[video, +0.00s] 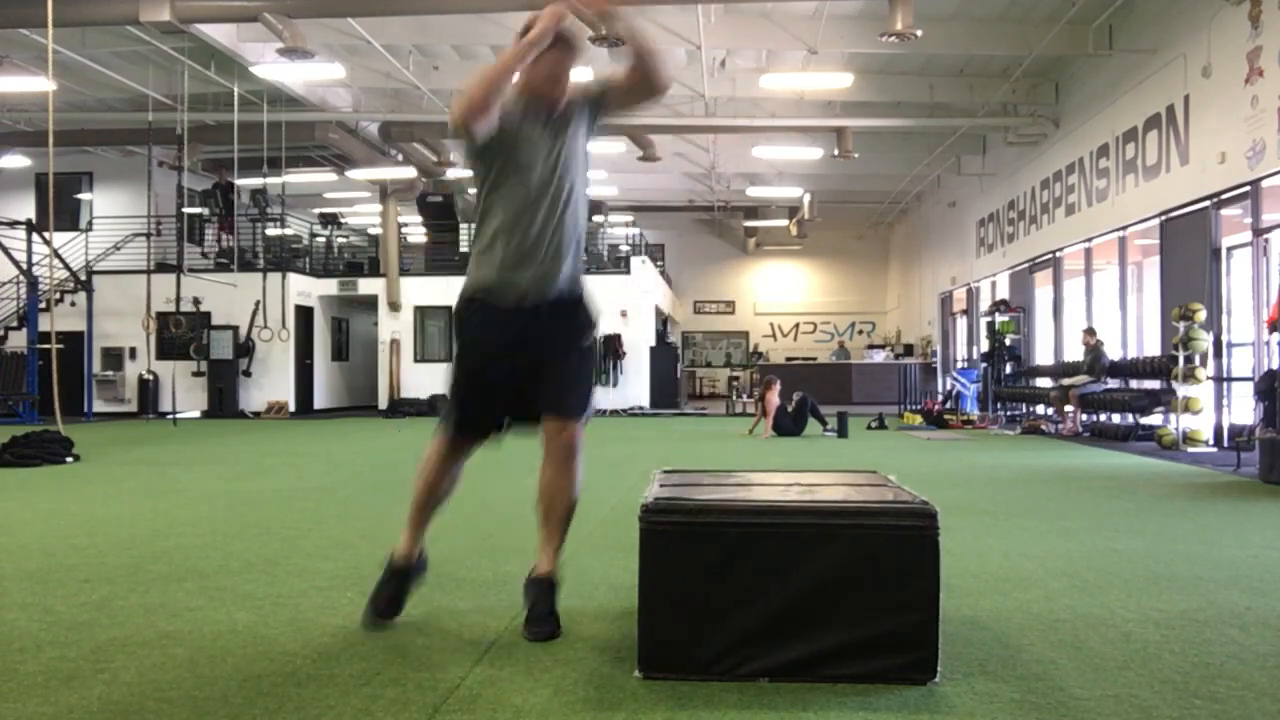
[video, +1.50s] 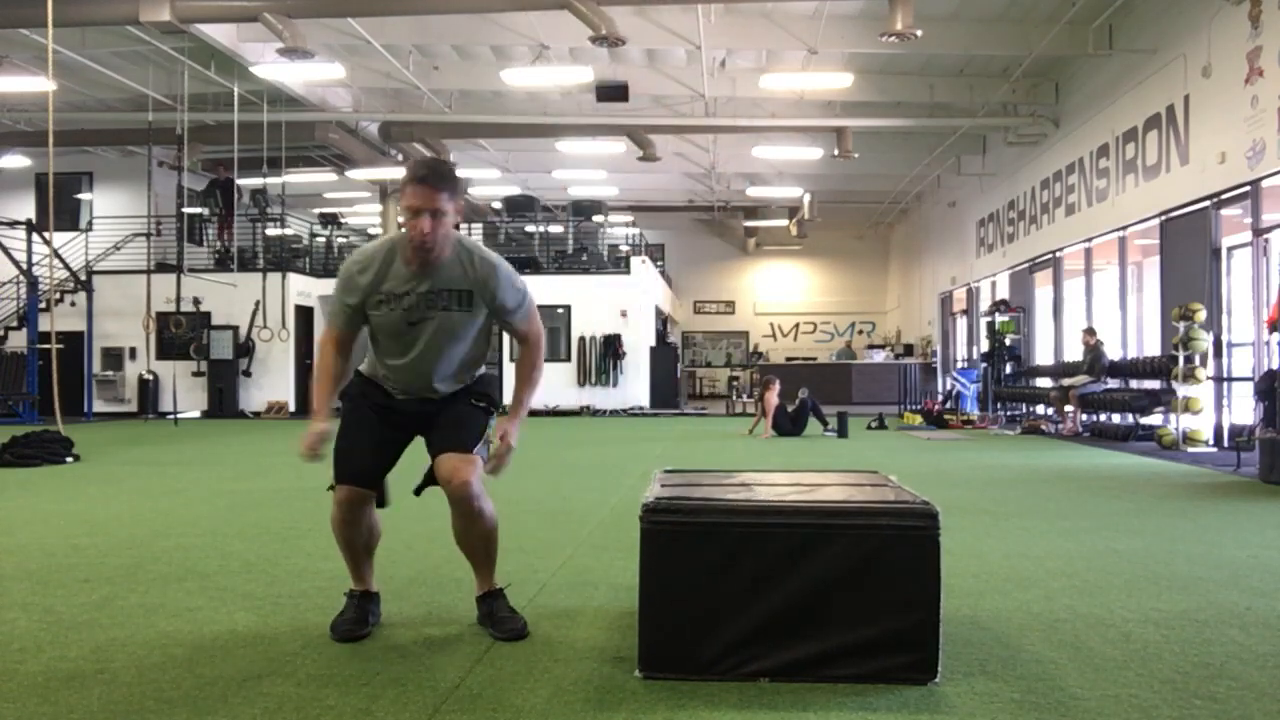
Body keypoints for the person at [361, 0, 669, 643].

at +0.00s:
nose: (562, 68)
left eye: (571, 57)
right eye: (551, 55)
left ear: (580, 65)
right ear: (523, 59)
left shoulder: (581, 109)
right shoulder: (498, 114)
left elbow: (652, 80)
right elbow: (467, 113)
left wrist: (622, 24)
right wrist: (528, 38)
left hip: (560, 305)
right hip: (490, 305)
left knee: (565, 433)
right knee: (457, 438)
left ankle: (544, 575)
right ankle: (406, 555)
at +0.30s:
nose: (706, 72)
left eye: (713, 64)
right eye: (706, 57)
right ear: (680, 30)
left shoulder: (664, 102)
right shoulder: (609, 52)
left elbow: (680, 172)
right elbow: (517, 89)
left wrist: (733, 231)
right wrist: (483, 172)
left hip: (589, 200)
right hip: (542, 194)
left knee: (685, 263)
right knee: (662, 264)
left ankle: (637, 400)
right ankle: (624, 409)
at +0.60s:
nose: (740, 129)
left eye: (747, 121)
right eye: (742, 114)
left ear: (716, 90)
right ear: (719, 88)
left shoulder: (674, 133)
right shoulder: (672, 122)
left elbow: (621, 218)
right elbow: (637, 198)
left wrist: (603, 318)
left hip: (586, 275)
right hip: (604, 264)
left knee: (709, 354)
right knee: (742, 326)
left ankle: (670, 463)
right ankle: (676, 459)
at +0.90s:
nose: (670, 26)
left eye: (677, 19)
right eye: (671, 13)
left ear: (654, 9)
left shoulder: (620, 47)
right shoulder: (584, 13)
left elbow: (560, 126)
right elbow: (536, 73)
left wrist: (605, 161)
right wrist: (614, 116)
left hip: (571, 180)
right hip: (524, 170)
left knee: (645, 282)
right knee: (603, 290)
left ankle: (610, 421)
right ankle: (618, 442)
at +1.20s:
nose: (540, 94)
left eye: (547, 84)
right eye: (533, 81)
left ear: (550, 85)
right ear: (504, 72)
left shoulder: (537, 142)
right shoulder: (455, 116)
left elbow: (551, 239)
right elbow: (427, 199)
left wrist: (559, 201)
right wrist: (511, 171)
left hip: (507, 302)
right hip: (440, 297)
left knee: (523, 433)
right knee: (420, 437)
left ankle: (518, 572)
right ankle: (382, 562)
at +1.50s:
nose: (422, 227)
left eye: (435, 215)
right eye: (413, 214)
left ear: (457, 217)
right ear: (401, 214)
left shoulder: (487, 273)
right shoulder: (363, 268)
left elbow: (532, 335)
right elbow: (335, 341)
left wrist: (515, 417)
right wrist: (321, 414)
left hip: (459, 392)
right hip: (380, 389)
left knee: (462, 482)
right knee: (349, 497)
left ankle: (489, 594)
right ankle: (362, 595)